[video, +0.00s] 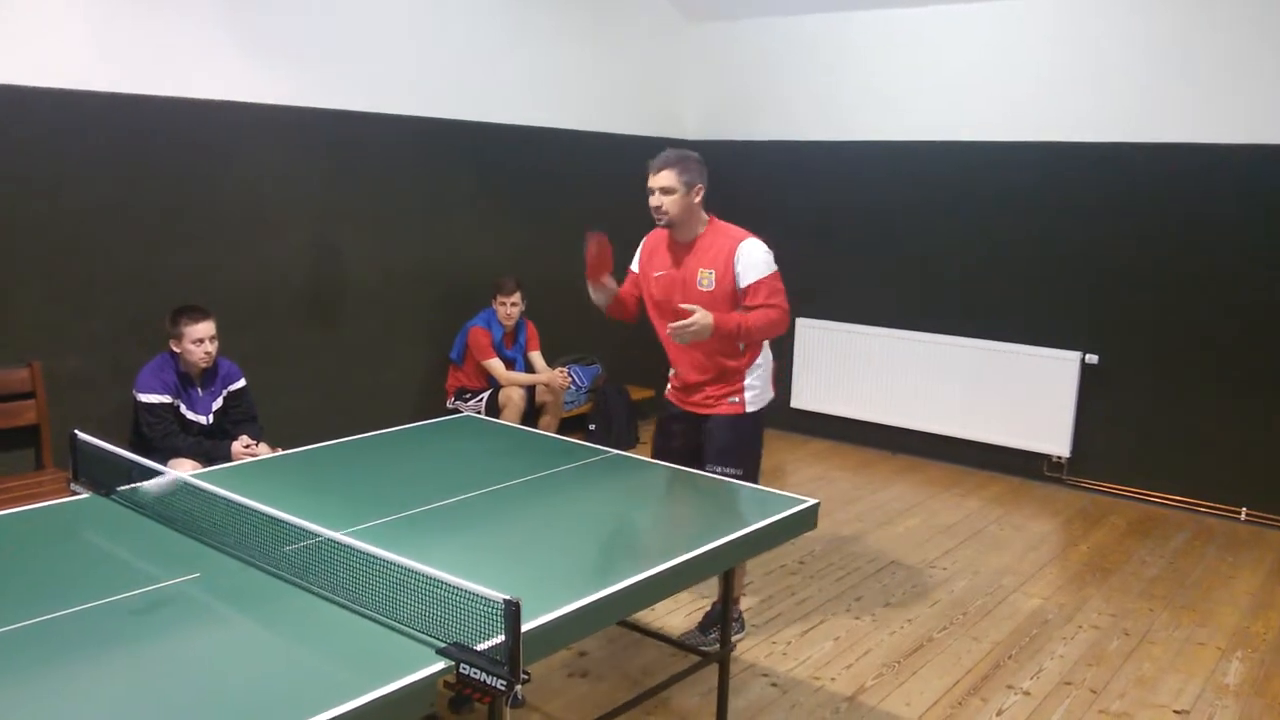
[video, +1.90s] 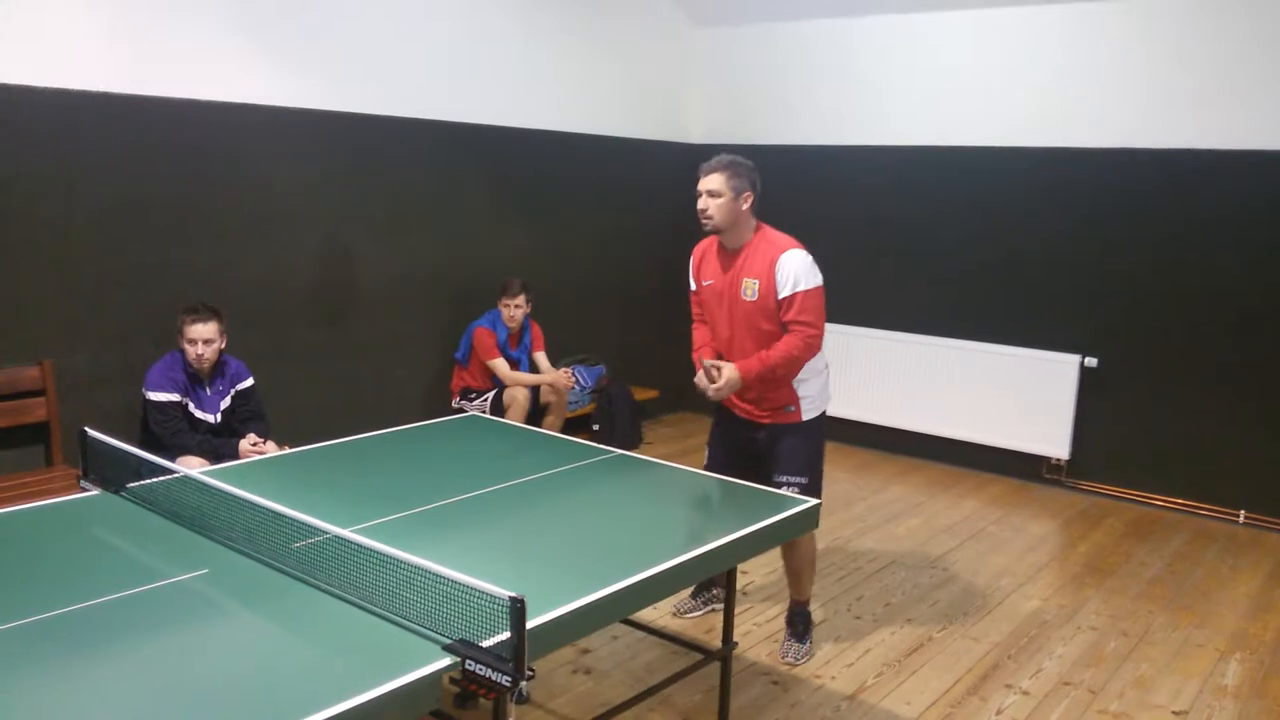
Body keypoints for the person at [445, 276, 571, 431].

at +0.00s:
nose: (508, 311)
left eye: (514, 305)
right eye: (502, 304)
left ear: (523, 306)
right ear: (494, 304)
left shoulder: (527, 328)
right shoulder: (478, 331)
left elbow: (542, 369)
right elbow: (503, 378)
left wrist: (556, 377)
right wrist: (547, 379)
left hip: (501, 391)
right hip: (465, 397)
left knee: (554, 393)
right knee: (515, 395)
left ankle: (542, 453)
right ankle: (504, 454)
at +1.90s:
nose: (511, 313)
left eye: (518, 307)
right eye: (506, 306)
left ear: (528, 308)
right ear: (499, 306)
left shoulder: (532, 329)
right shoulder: (482, 331)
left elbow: (546, 369)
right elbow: (507, 378)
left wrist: (560, 377)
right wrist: (552, 379)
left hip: (505, 391)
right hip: (469, 398)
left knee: (558, 393)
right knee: (520, 395)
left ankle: (546, 452)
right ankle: (509, 452)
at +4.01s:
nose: (501, 318)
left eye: (507, 312)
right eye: (495, 312)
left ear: (517, 314)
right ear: (488, 312)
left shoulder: (521, 336)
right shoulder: (471, 338)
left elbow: (535, 376)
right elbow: (496, 386)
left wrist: (549, 385)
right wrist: (540, 386)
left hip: (494, 399)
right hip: (458, 405)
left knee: (548, 400)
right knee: (508, 402)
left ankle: (536, 461)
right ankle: (496, 461)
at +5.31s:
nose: (511, 320)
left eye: (517, 314)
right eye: (506, 313)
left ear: (525, 315)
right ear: (497, 313)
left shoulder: (529, 337)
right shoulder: (479, 339)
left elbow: (543, 377)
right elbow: (503, 387)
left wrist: (556, 385)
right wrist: (547, 386)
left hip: (502, 399)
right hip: (466, 406)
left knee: (555, 400)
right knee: (516, 403)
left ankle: (544, 462)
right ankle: (503, 461)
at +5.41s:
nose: (512, 319)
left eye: (518, 313)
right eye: (507, 313)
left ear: (527, 315)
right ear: (498, 313)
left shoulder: (530, 337)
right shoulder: (480, 339)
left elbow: (544, 377)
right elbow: (505, 386)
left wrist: (558, 385)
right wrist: (549, 386)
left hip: (503, 399)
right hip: (468, 405)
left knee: (556, 400)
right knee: (517, 403)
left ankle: (546, 462)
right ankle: (504, 460)